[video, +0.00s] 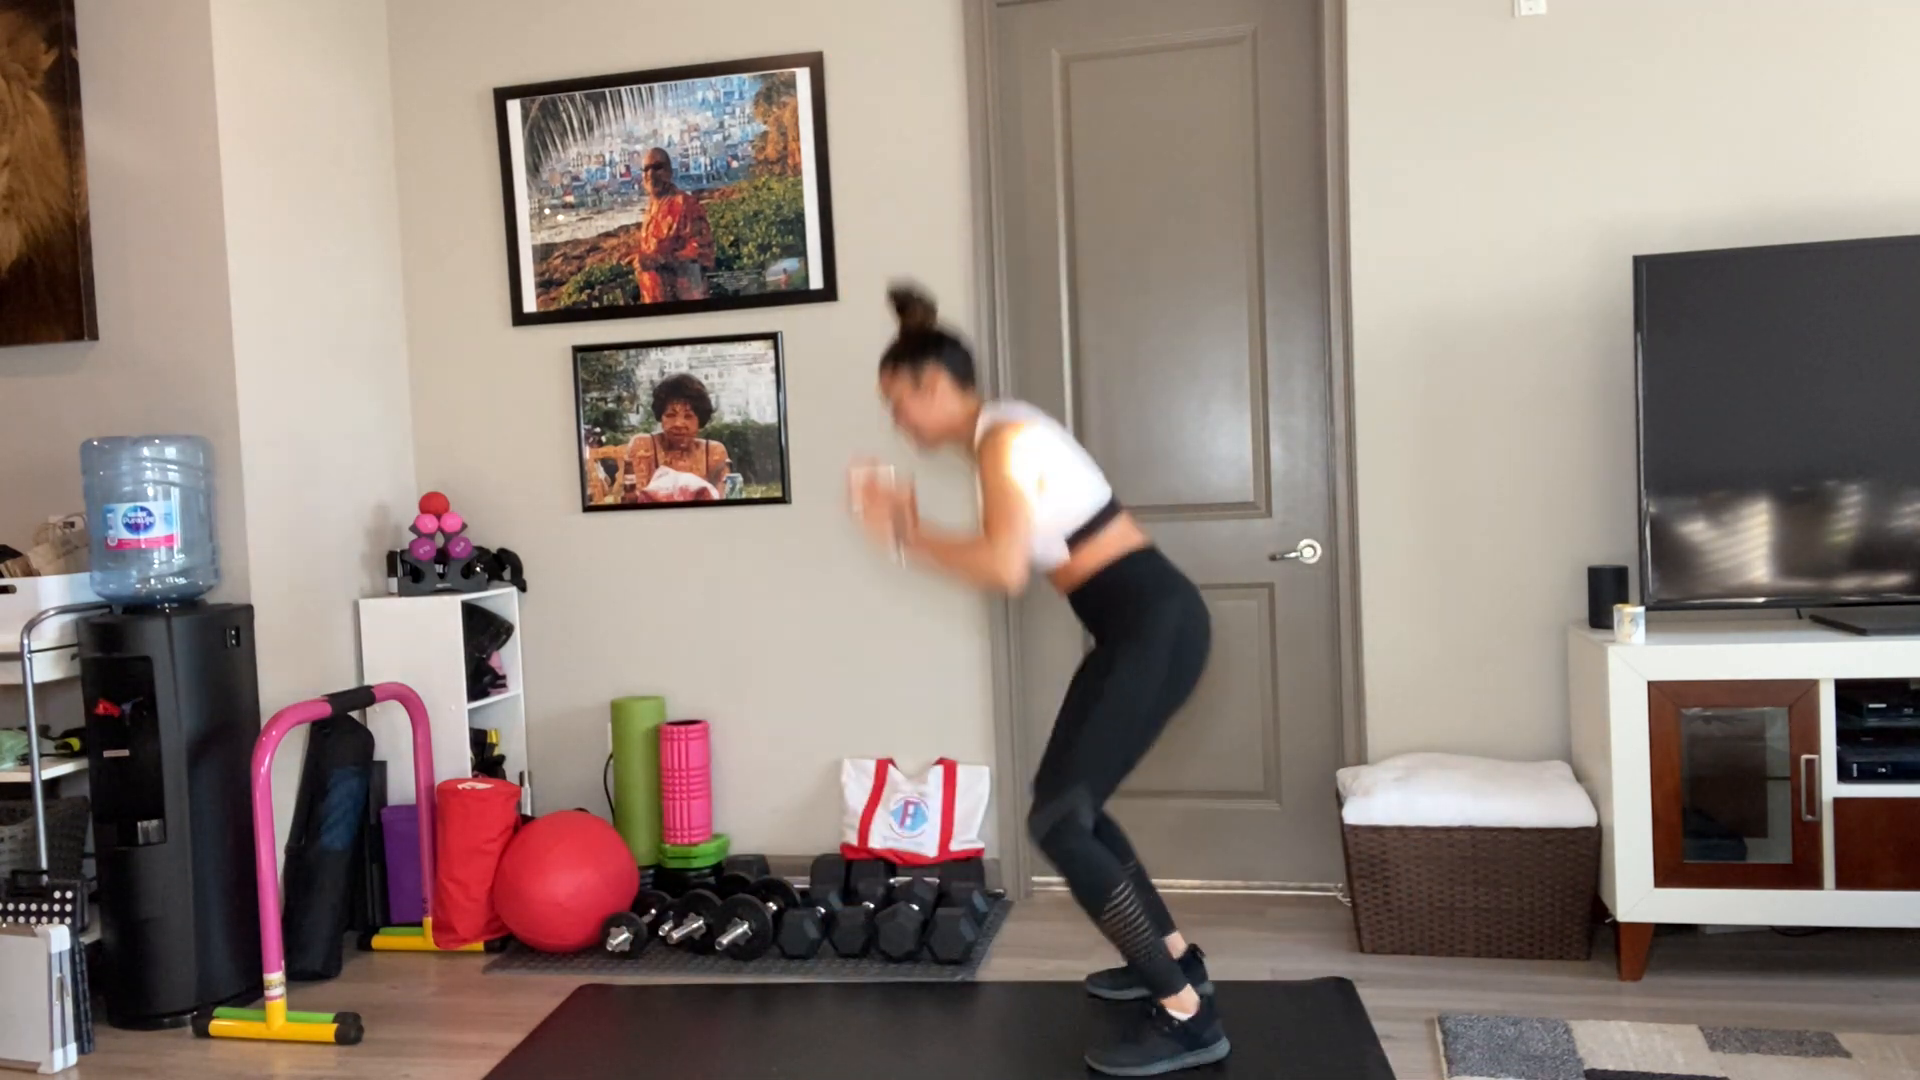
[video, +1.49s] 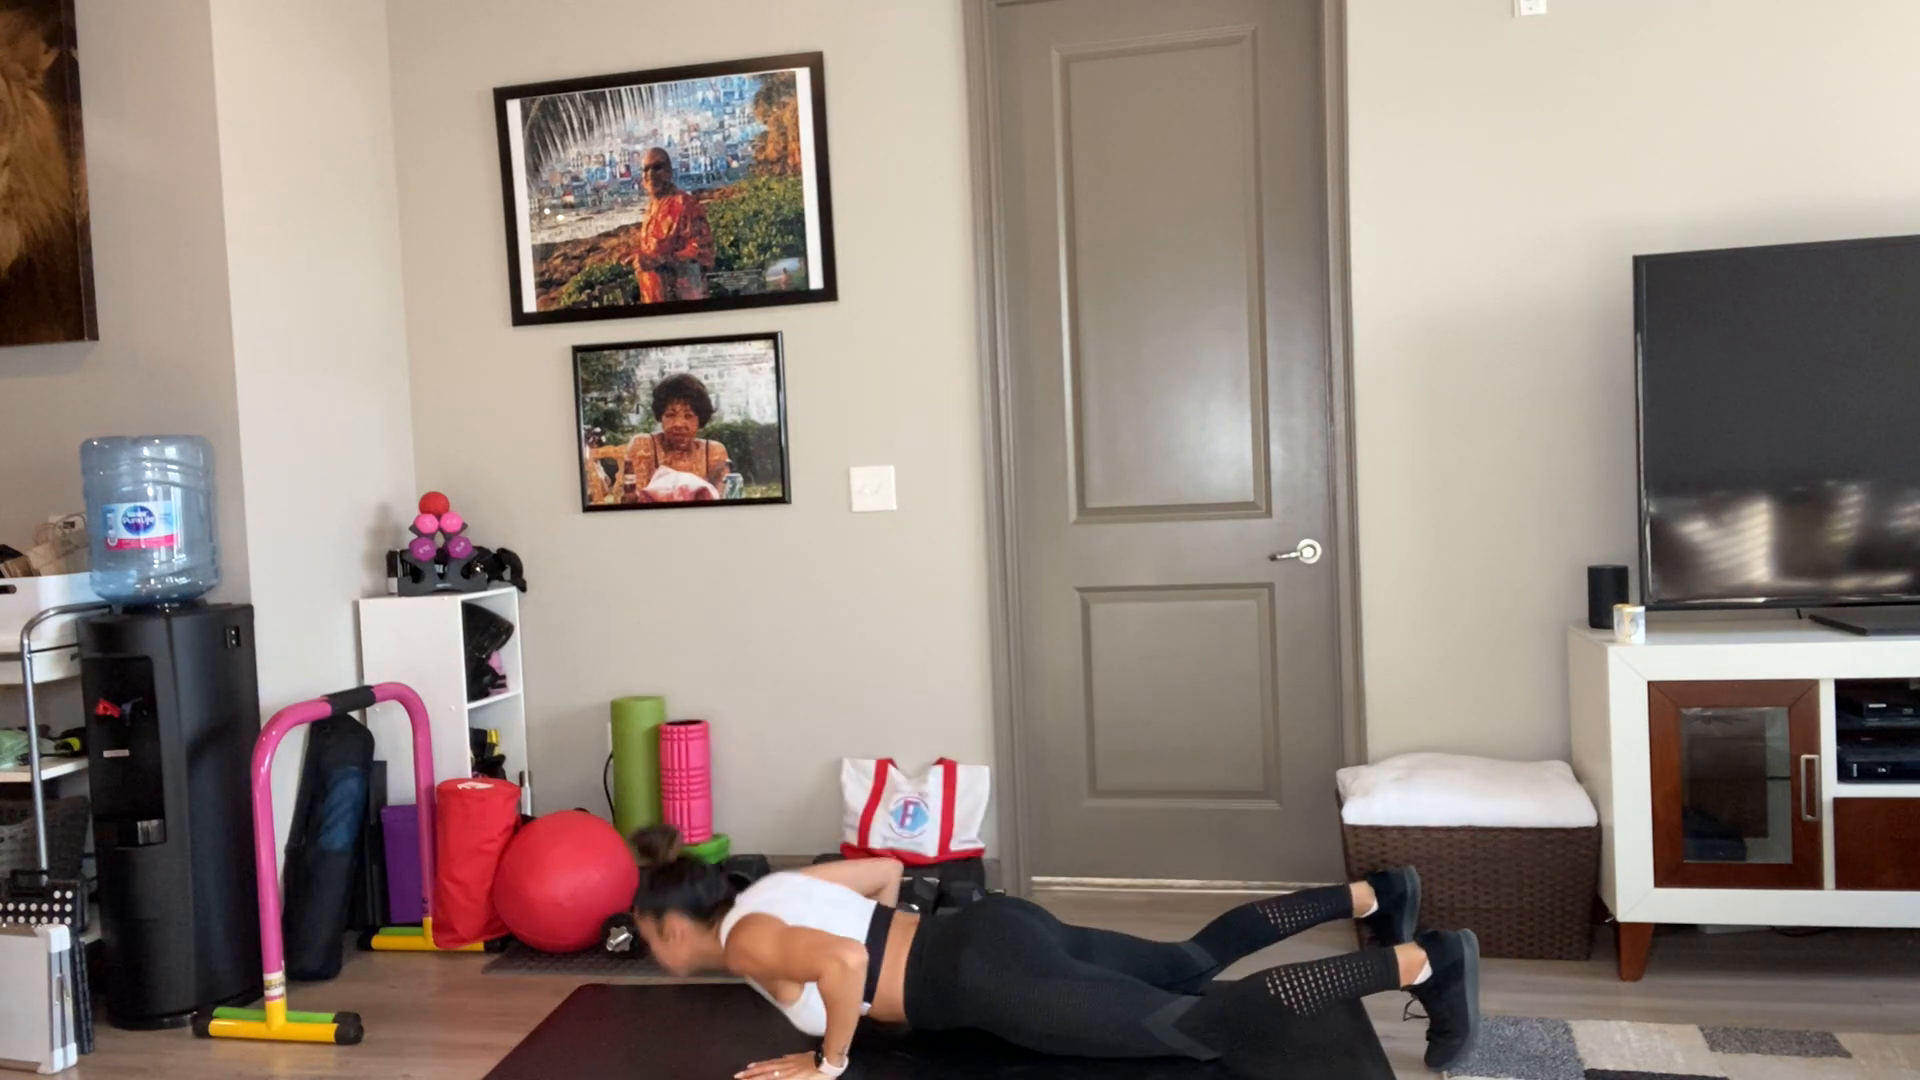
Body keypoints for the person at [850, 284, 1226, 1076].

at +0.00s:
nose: (899, 419)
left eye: (901, 400)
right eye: (893, 406)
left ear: (941, 384)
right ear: (938, 387)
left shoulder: (1007, 442)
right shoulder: (997, 438)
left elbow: (1006, 568)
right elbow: (999, 557)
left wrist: (911, 534)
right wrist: (912, 527)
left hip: (1155, 624)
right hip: (1131, 625)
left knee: (1061, 817)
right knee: (1067, 802)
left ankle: (1185, 1010)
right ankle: (1169, 951)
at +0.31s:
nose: (864, 741)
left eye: (855, 729)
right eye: (852, 733)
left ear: (874, 697)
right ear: (885, 685)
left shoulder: (936, 708)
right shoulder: (940, 687)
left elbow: (908, 856)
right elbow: (933, 839)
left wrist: (846, 988)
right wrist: (875, 916)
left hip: (1182, 675)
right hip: (1150, 670)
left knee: (1050, 835)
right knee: (1044, 803)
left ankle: (1185, 1015)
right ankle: (1167, 955)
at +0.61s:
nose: (785, 833)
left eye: (771, 821)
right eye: (771, 825)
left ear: (781, 787)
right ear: (788, 772)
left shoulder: (843, 771)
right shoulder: (855, 749)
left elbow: (843, 922)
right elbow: (862, 901)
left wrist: (827, 1051)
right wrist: (826, 981)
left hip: (1041, 647)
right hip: (1046, 648)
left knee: (1167, 842)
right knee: (1162, 809)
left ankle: (1389, 938)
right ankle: (1339, 859)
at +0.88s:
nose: (703, 803)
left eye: (699, 789)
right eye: (696, 791)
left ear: (722, 764)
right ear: (742, 740)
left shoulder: (805, 795)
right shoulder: (824, 747)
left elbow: (851, 932)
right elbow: (871, 888)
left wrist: (829, 1051)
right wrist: (838, 965)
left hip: (1016, 843)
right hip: (1029, 816)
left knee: (1206, 967)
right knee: (1196, 920)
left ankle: (1439, 969)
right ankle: (1384, 905)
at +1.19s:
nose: (666, 932)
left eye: (661, 917)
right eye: (657, 922)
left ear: (689, 894)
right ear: (700, 870)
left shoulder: (755, 916)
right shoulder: (776, 871)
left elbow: (855, 968)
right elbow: (872, 908)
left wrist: (823, 1065)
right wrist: (820, 978)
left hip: (976, 955)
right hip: (989, 907)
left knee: (1191, 1027)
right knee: (1184, 965)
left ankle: (1416, 972)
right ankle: (1369, 903)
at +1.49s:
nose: (658, 955)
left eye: (653, 940)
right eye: (650, 944)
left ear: (681, 920)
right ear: (698, 889)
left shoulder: (746, 941)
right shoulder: (772, 890)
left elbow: (843, 966)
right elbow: (876, 863)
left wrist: (825, 1061)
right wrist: (842, 959)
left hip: (968, 973)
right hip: (987, 921)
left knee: (1186, 1028)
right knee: (1181, 969)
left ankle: (1410, 963)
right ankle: (1367, 900)